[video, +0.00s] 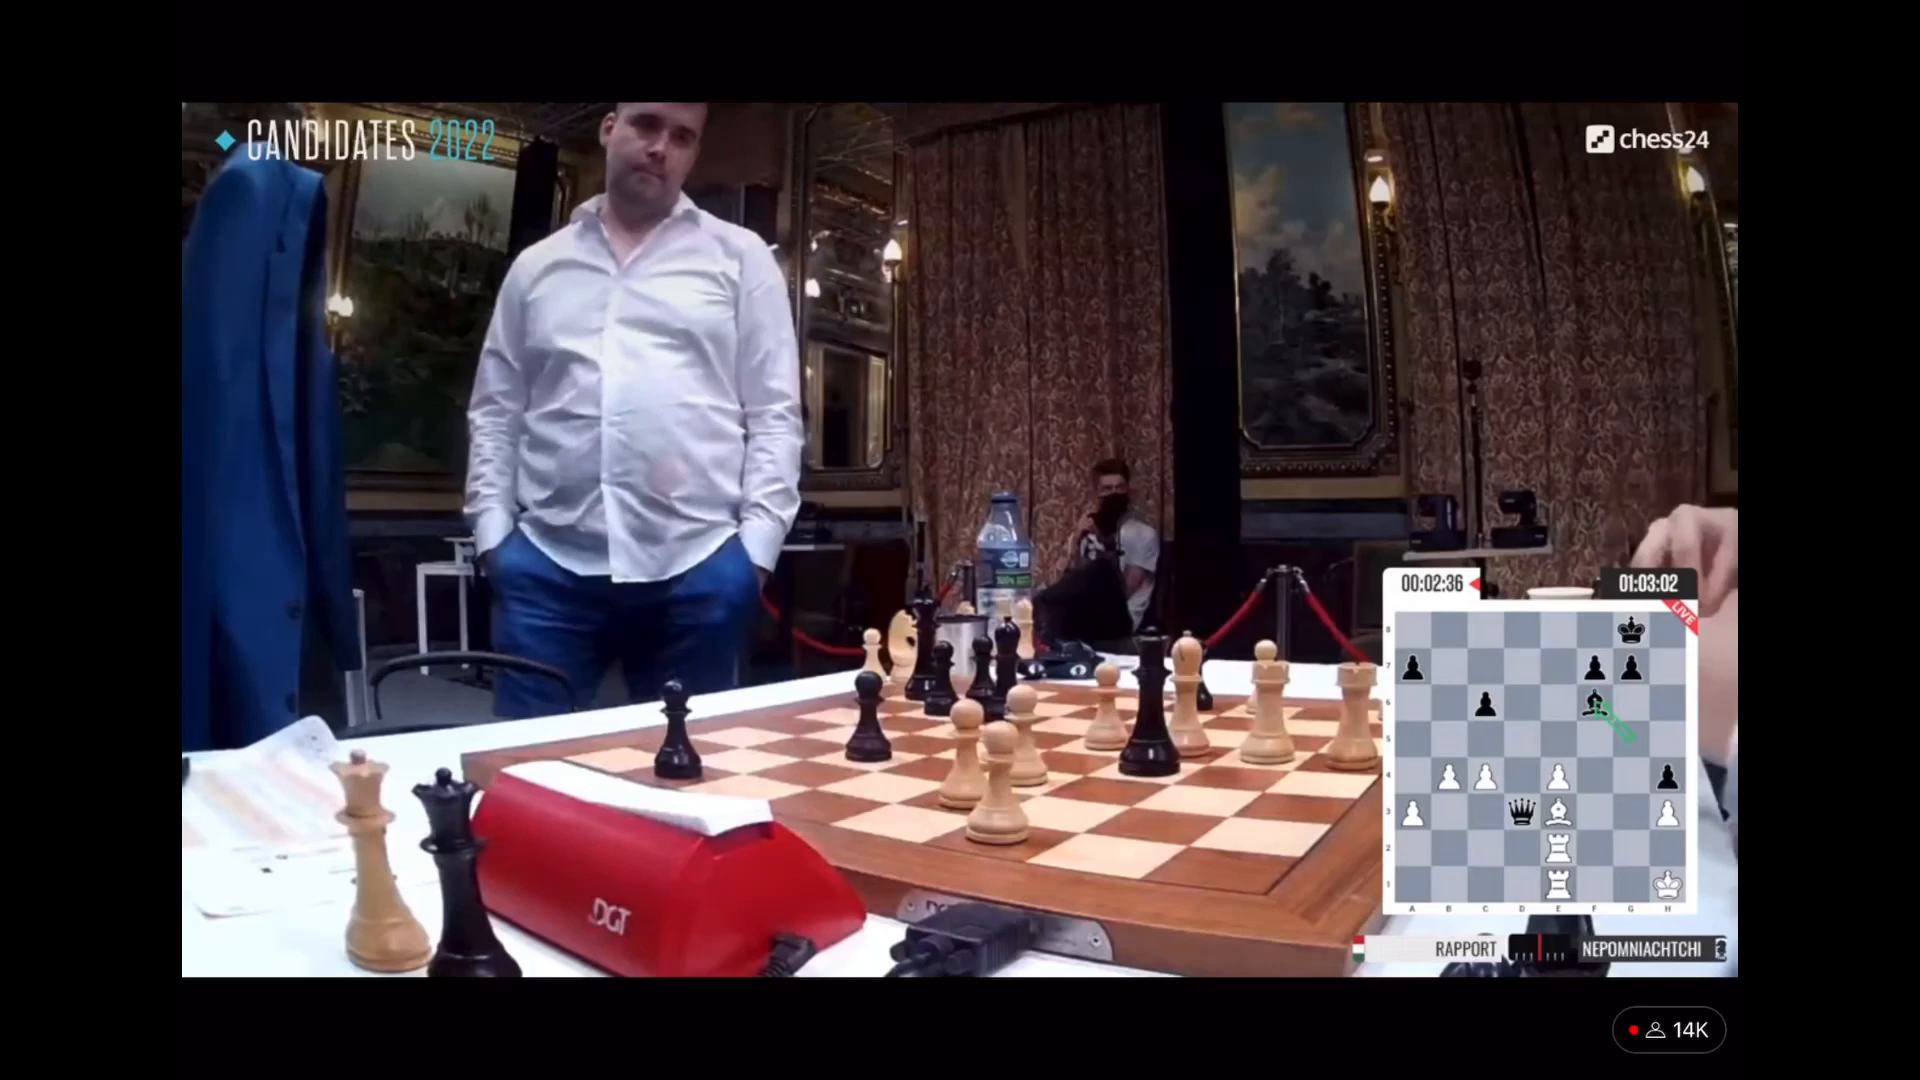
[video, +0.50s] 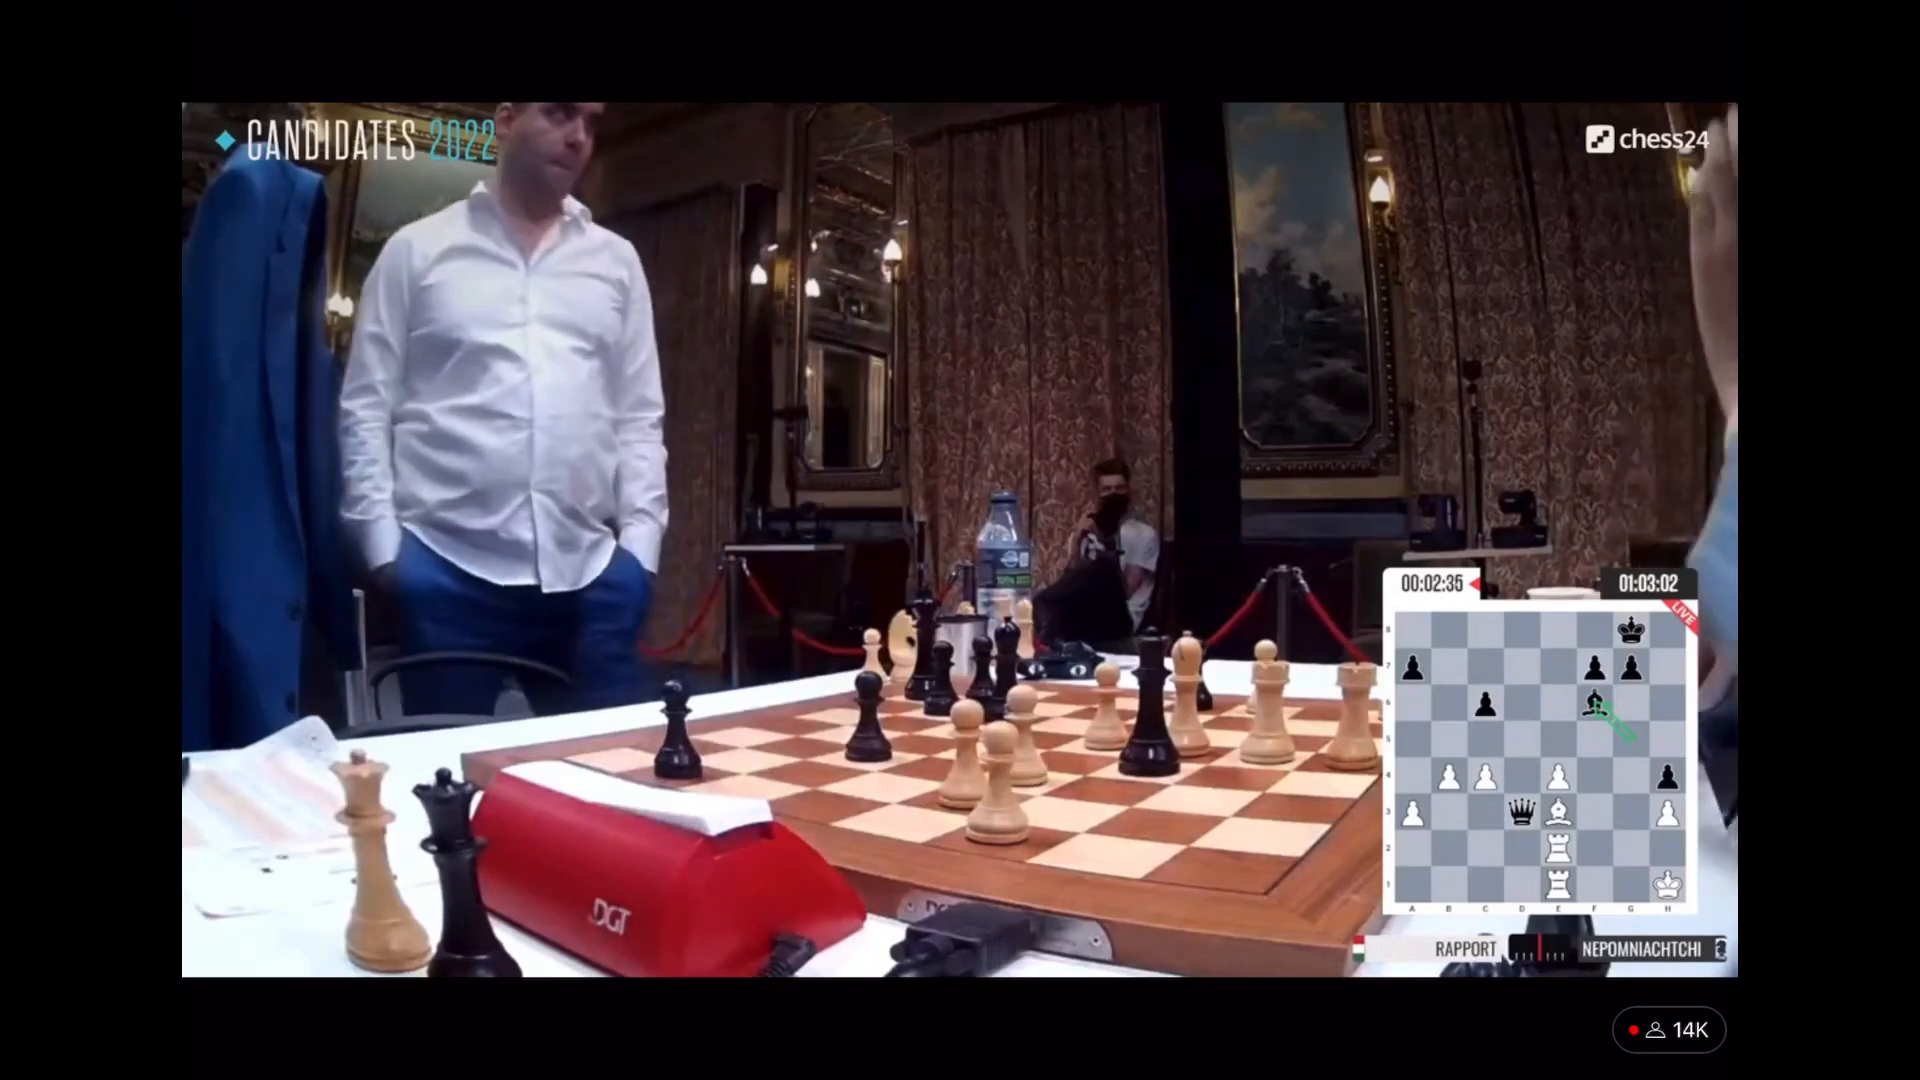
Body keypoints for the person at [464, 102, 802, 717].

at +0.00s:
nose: (660, 149)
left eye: (681, 137)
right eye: (645, 126)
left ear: (696, 155)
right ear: (608, 130)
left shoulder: (741, 259)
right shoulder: (536, 267)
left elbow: (774, 413)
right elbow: (494, 409)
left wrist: (754, 548)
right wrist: (495, 536)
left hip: (697, 574)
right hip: (547, 570)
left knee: (693, 778)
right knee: (528, 772)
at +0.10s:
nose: (639, 147)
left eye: (660, 134)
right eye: (624, 124)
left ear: (674, 149)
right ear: (585, 126)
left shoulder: (716, 260)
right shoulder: (508, 262)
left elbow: (749, 414)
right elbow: (463, 406)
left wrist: (737, 543)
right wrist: (472, 538)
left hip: (681, 575)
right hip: (530, 573)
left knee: (681, 778)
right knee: (516, 776)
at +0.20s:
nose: (623, 144)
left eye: (644, 131)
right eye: (607, 121)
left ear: (657, 146)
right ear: (567, 124)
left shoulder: (695, 260)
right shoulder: (488, 256)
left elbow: (726, 412)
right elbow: (442, 402)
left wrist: (721, 539)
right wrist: (454, 540)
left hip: (666, 573)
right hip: (514, 572)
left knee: (660, 777)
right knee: (506, 776)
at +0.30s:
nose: (603, 141)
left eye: (622, 127)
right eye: (587, 118)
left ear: (632, 142)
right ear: (542, 122)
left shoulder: (663, 260)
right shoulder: (460, 252)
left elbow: (692, 413)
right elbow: (412, 400)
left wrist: (693, 543)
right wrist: (429, 545)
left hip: (641, 576)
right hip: (490, 574)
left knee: (644, 782)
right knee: (478, 779)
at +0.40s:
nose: (592, 138)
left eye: (607, 125)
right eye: (575, 115)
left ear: (617, 141)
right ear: (525, 120)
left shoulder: (643, 260)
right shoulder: (440, 251)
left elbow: (670, 414)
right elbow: (391, 401)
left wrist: (669, 545)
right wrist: (409, 546)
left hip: (621, 576)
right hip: (472, 574)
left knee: (624, 781)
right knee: (465, 780)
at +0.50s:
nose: (578, 137)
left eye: (589, 123)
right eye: (559, 114)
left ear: (597, 141)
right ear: (506, 120)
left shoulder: (616, 260)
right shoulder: (417, 250)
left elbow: (640, 418)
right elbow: (365, 404)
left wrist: (637, 551)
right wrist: (384, 550)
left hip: (591, 581)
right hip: (447, 579)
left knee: (610, 782)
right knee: (448, 784)